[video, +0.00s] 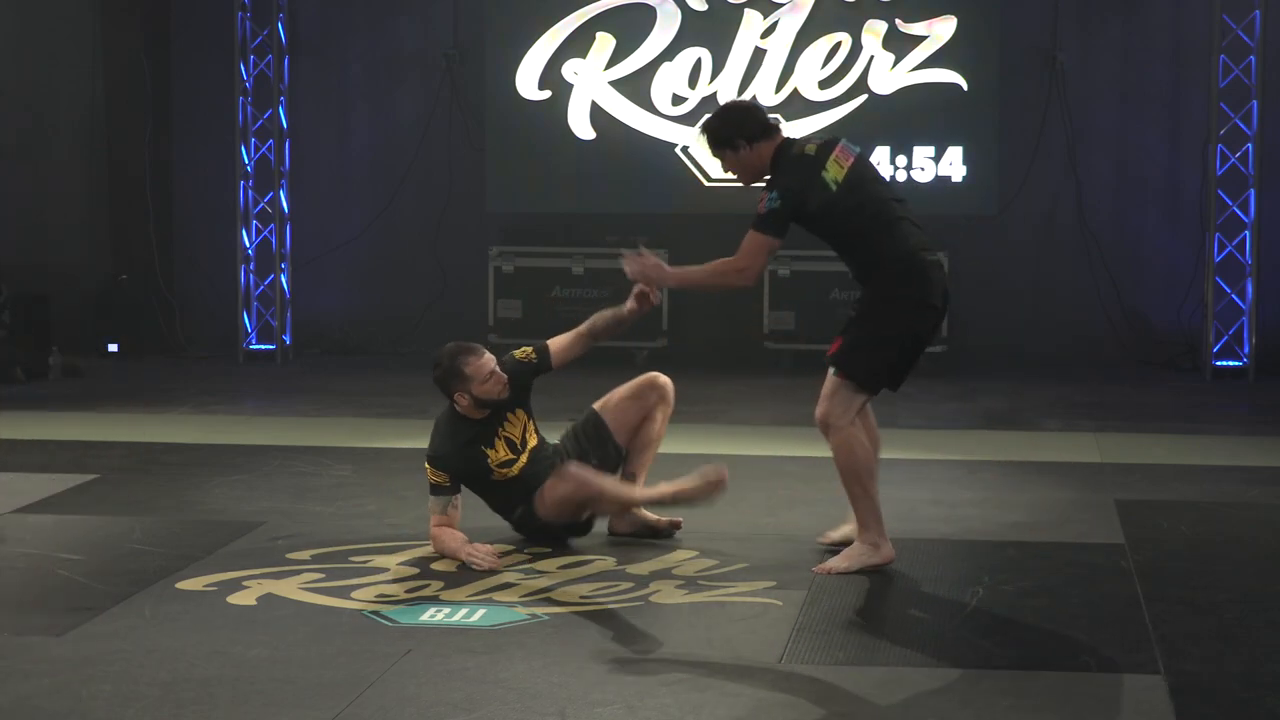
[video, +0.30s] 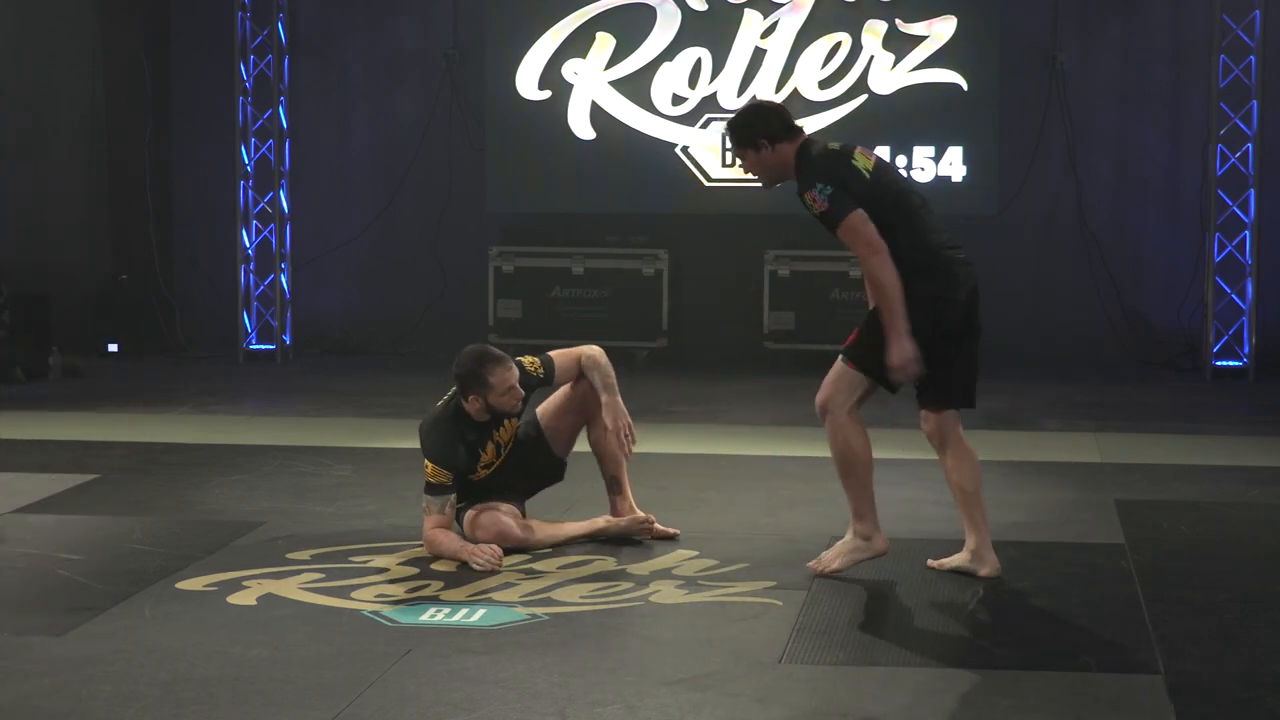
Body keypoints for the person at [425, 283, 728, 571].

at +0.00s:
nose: (503, 377)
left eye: (498, 367)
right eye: (490, 378)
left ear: (496, 360)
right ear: (462, 398)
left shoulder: (512, 370)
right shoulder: (447, 446)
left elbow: (584, 335)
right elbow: (441, 529)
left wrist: (627, 311)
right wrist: (465, 549)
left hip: (566, 462)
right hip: (537, 513)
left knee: (657, 387)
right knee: (574, 478)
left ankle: (626, 513)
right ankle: (673, 493)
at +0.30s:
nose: (521, 394)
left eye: (517, 382)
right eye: (508, 392)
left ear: (514, 371)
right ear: (476, 402)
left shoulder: (513, 372)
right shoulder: (442, 434)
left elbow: (591, 355)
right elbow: (434, 532)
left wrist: (613, 401)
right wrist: (465, 550)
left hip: (521, 455)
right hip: (483, 494)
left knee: (591, 388)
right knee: (492, 530)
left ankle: (626, 515)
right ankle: (599, 526)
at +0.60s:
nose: (490, 344)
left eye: (490, 333)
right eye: (478, 339)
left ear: (493, 330)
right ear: (446, 347)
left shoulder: (503, 363)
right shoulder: (425, 403)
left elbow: (572, 369)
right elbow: (398, 490)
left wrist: (616, 364)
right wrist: (423, 542)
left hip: (530, 462)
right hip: (491, 498)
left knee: (614, 393)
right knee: (497, 533)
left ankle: (661, 506)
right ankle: (597, 527)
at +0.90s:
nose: (477, 331)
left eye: (477, 322)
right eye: (465, 325)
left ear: (477, 325)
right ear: (434, 334)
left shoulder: (493, 361)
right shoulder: (399, 388)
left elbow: (562, 369)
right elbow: (360, 446)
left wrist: (614, 354)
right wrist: (326, 515)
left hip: (520, 463)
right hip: (480, 497)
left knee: (602, 387)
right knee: (489, 526)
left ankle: (644, 503)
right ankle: (589, 528)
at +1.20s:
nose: (462, 331)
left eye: (463, 321)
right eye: (450, 324)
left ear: (463, 324)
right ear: (419, 332)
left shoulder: (479, 361)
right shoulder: (383, 387)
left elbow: (551, 362)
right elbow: (354, 448)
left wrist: (563, 346)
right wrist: (324, 518)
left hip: (508, 462)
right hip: (473, 496)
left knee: (588, 380)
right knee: (492, 529)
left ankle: (566, 499)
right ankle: (592, 529)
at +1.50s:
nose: (453, 330)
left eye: (453, 321)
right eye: (442, 324)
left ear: (450, 322)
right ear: (410, 331)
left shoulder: (467, 358)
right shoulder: (374, 383)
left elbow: (525, 403)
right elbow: (348, 444)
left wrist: (561, 405)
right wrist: (323, 517)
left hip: (504, 449)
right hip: (468, 491)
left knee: (573, 374)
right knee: (525, 524)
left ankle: (568, 501)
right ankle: (658, 511)